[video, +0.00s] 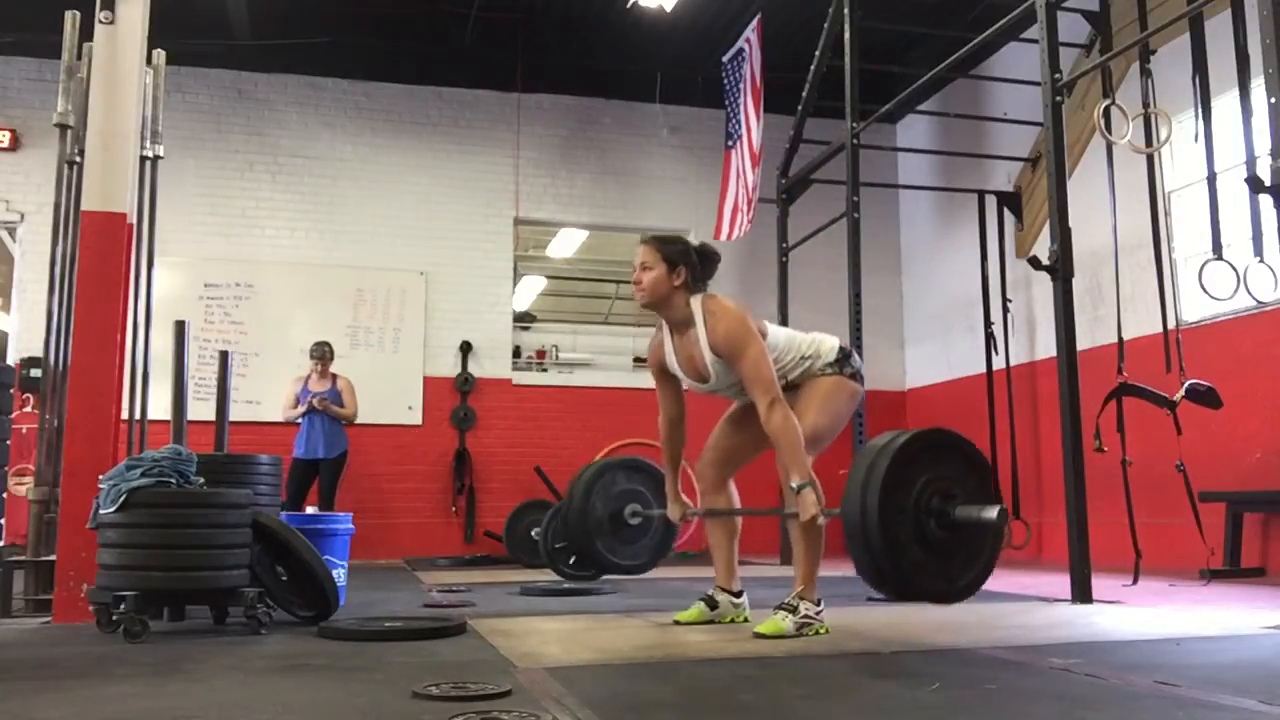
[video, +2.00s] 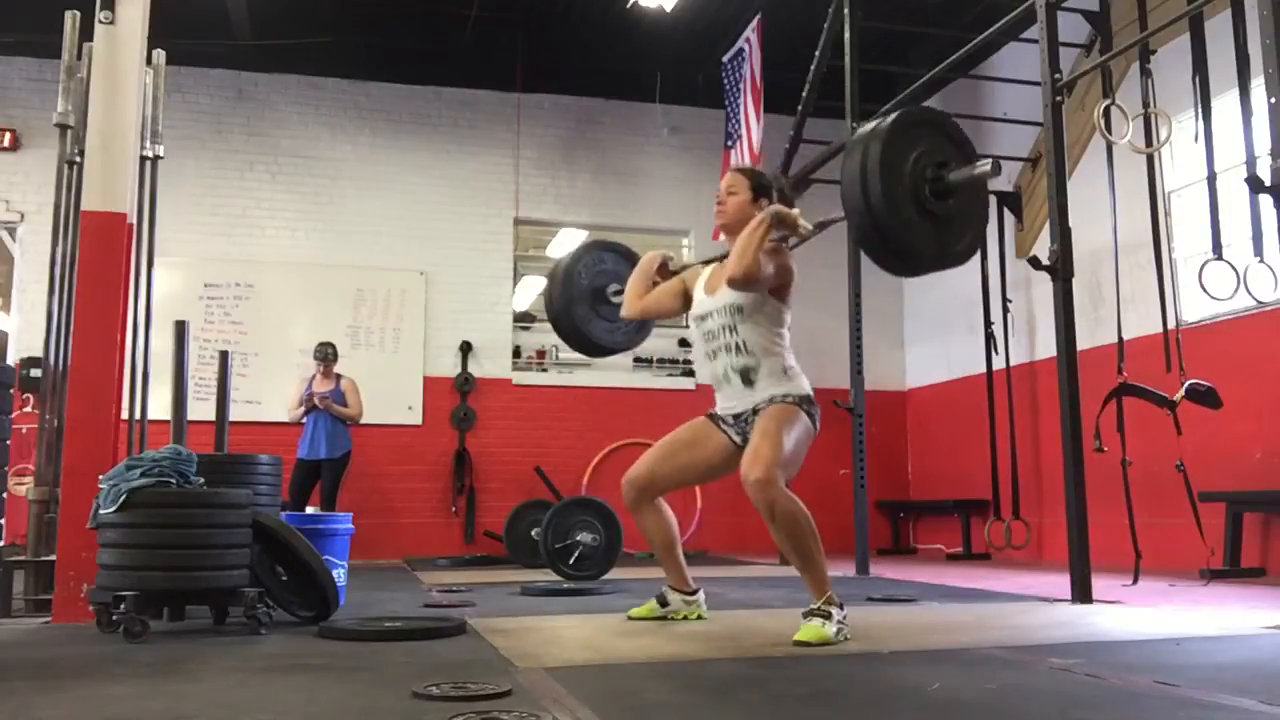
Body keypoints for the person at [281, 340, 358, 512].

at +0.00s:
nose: (319, 369)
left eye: (324, 365)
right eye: (316, 364)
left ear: (331, 362)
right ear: (310, 361)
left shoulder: (342, 383)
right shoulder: (298, 383)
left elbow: (351, 415)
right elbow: (286, 415)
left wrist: (328, 407)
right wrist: (304, 408)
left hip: (333, 449)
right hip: (305, 449)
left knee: (326, 501)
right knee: (293, 500)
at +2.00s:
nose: (322, 370)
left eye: (327, 366)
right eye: (319, 365)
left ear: (335, 363)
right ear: (314, 362)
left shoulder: (346, 384)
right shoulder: (306, 383)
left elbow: (356, 415)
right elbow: (291, 417)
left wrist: (330, 406)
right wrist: (305, 407)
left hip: (336, 449)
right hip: (309, 449)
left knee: (327, 501)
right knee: (296, 498)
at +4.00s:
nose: (321, 369)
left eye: (326, 365)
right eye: (318, 365)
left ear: (334, 362)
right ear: (313, 363)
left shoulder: (346, 383)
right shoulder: (307, 383)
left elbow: (357, 415)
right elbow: (292, 417)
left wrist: (329, 405)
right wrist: (305, 406)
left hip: (336, 449)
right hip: (309, 449)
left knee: (327, 501)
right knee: (296, 498)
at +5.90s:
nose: (321, 370)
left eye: (325, 366)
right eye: (317, 365)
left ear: (334, 362)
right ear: (313, 362)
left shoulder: (346, 384)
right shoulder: (307, 383)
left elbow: (357, 415)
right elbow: (293, 416)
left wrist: (329, 405)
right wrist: (306, 405)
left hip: (336, 450)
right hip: (309, 449)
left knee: (327, 503)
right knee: (295, 500)